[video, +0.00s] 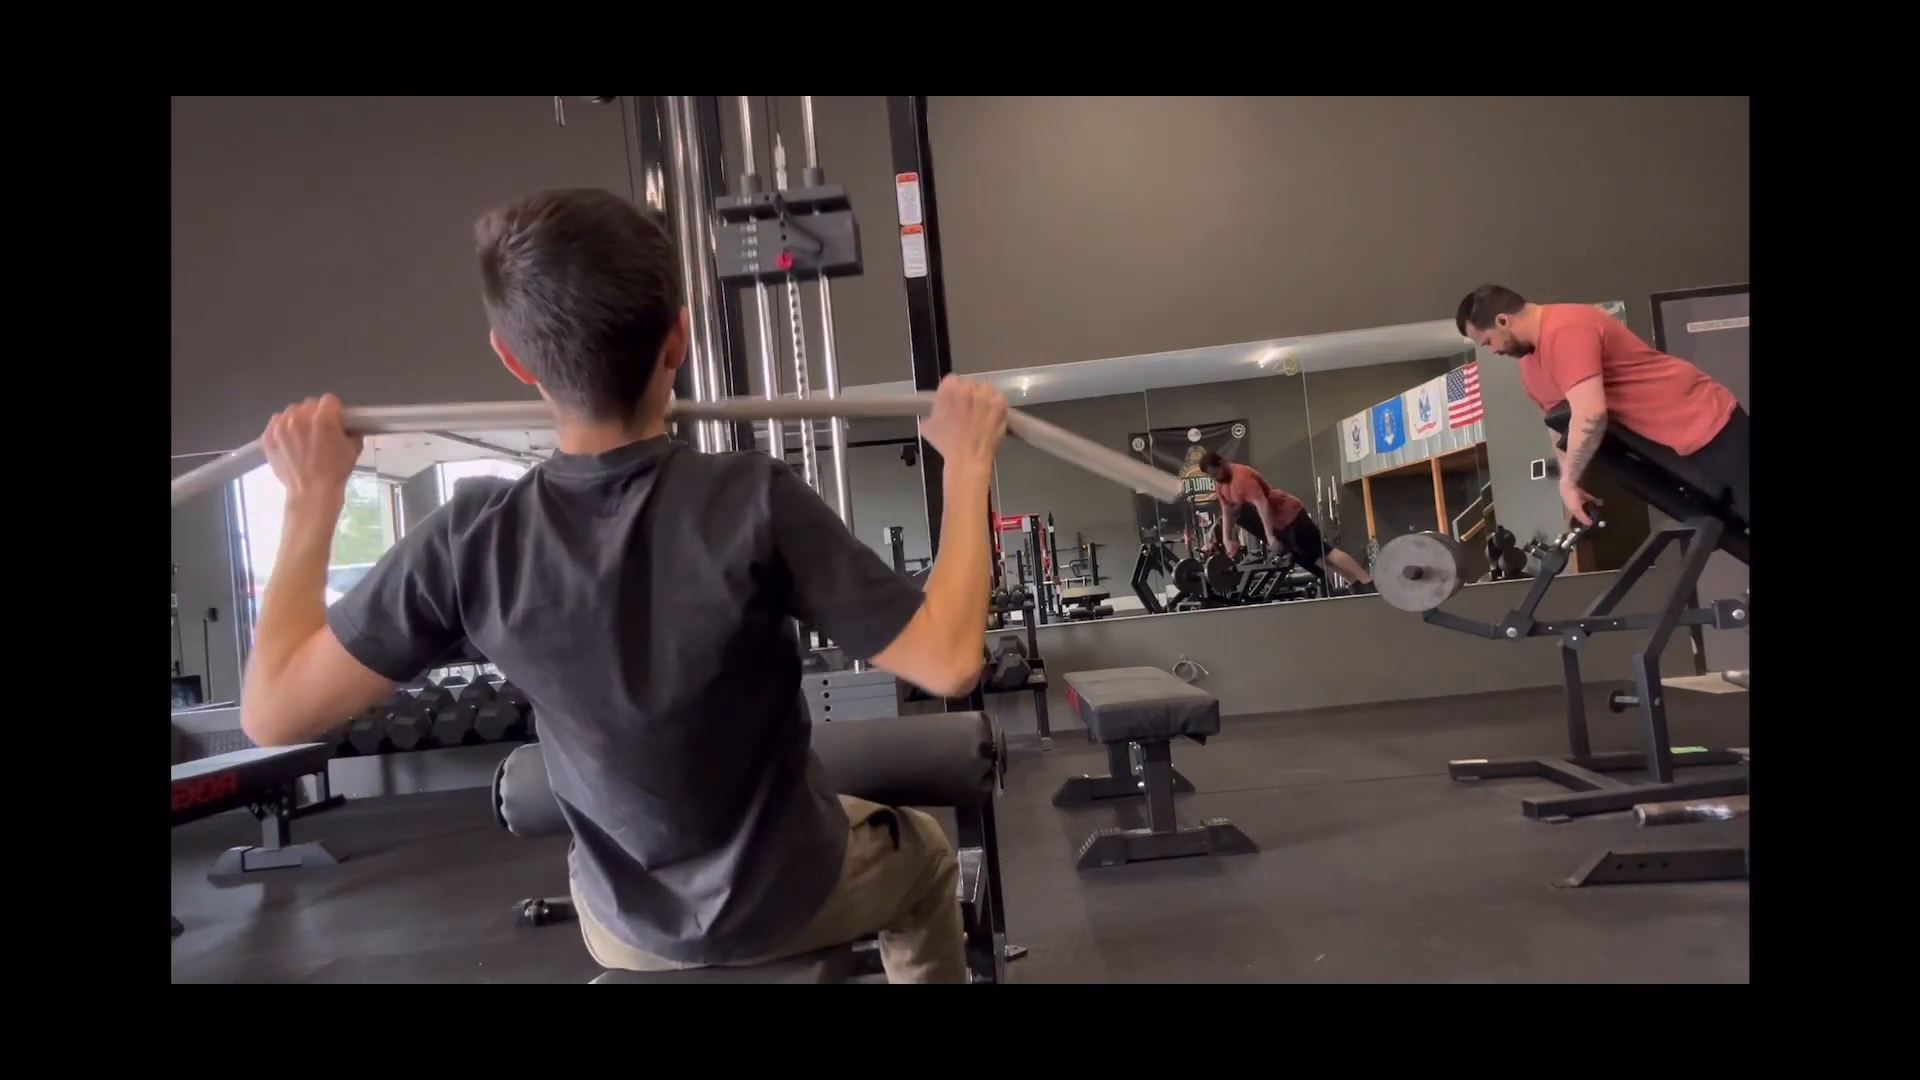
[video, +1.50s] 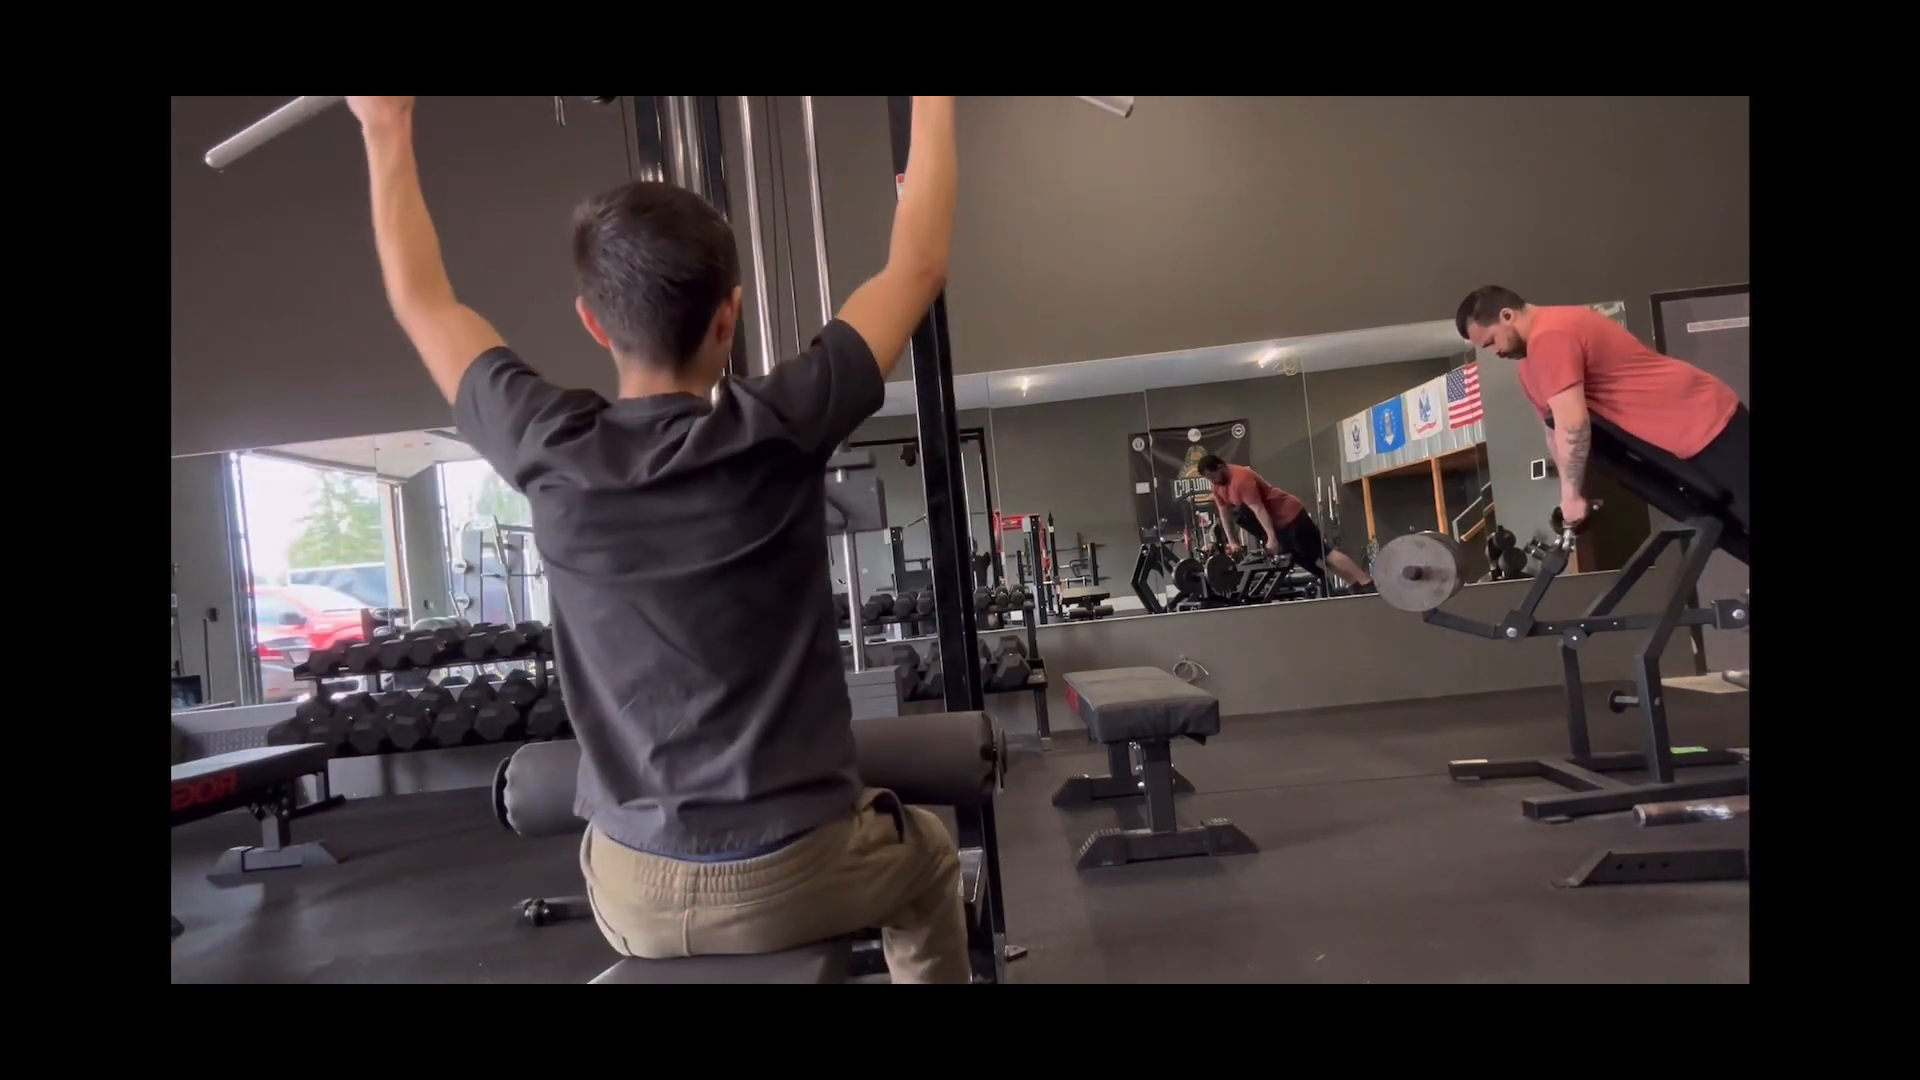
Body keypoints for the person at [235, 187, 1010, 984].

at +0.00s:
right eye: (683, 314)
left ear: (511, 362)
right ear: (680, 337)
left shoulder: (477, 540)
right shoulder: (754, 502)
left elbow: (272, 709)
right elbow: (950, 660)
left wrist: (311, 496)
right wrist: (968, 466)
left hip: (614, 908)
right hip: (784, 895)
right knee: (922, 864)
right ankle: (927, 977)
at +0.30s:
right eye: (686, 315)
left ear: (514, 365)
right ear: (682, 340)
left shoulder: (475, 539)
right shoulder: (756, 503)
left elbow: (274, 680)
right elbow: (967, 620)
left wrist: (320, 477)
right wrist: (968, 430)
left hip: (615, 910)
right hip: (784, 897)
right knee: (924, 861)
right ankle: (928, 977)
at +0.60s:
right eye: (677, 316)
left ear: (506, 363)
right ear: (665, 340)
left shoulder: (473, 503)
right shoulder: (746, 464)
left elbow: (303, 433)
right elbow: (955, 395)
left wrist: (322, 255)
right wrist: (947, 203)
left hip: (616, 915)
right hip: (775, 892)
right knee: (925, 857)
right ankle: (932, 983)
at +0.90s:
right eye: (701, 298)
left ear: (540, 333)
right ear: (694, 321)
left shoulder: (511, 450)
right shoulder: (753, 420)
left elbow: (388, 275)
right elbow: (884, 232)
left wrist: (346, 115)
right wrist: (920, 91)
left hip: (613, 909)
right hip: (774, 894)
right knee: (926, 858)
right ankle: (930, 978)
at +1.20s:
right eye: (740, 296)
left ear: (598, 329)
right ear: (731, 319)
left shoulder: (564, 426)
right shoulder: (779, 403)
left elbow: (453, 243)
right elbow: (874, 216)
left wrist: (387, 94)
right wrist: (916, 87)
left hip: (628, 889)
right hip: (790, 884)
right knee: (929, 860)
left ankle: (641, 969)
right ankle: (930, 976)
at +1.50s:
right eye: (738, 294)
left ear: (592, 323)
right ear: (729, 316)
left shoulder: (552, 446)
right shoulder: (780, 423)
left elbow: (422, 300)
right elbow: (916, 269)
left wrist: (385, 133)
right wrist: (935, 101)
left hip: (630, 889)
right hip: (794, 881)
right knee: (923, 854)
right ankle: (936, 979)